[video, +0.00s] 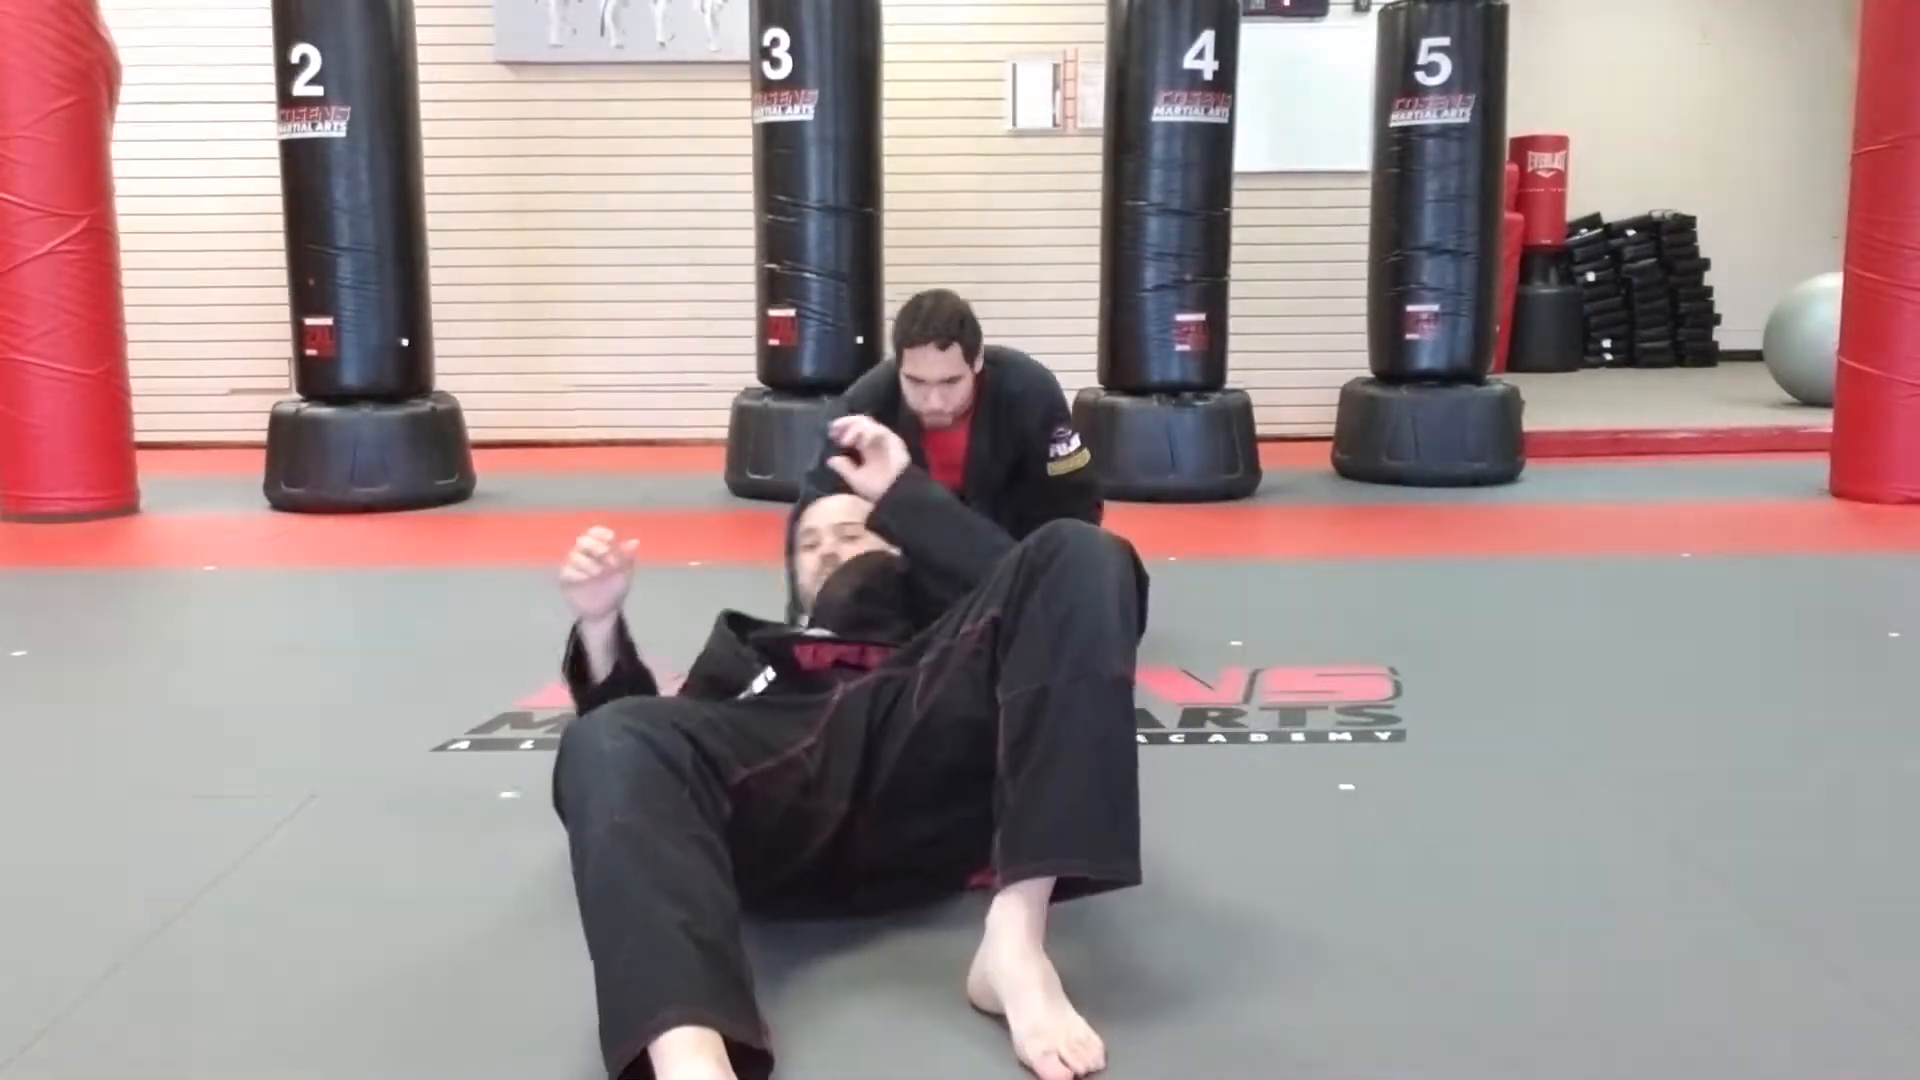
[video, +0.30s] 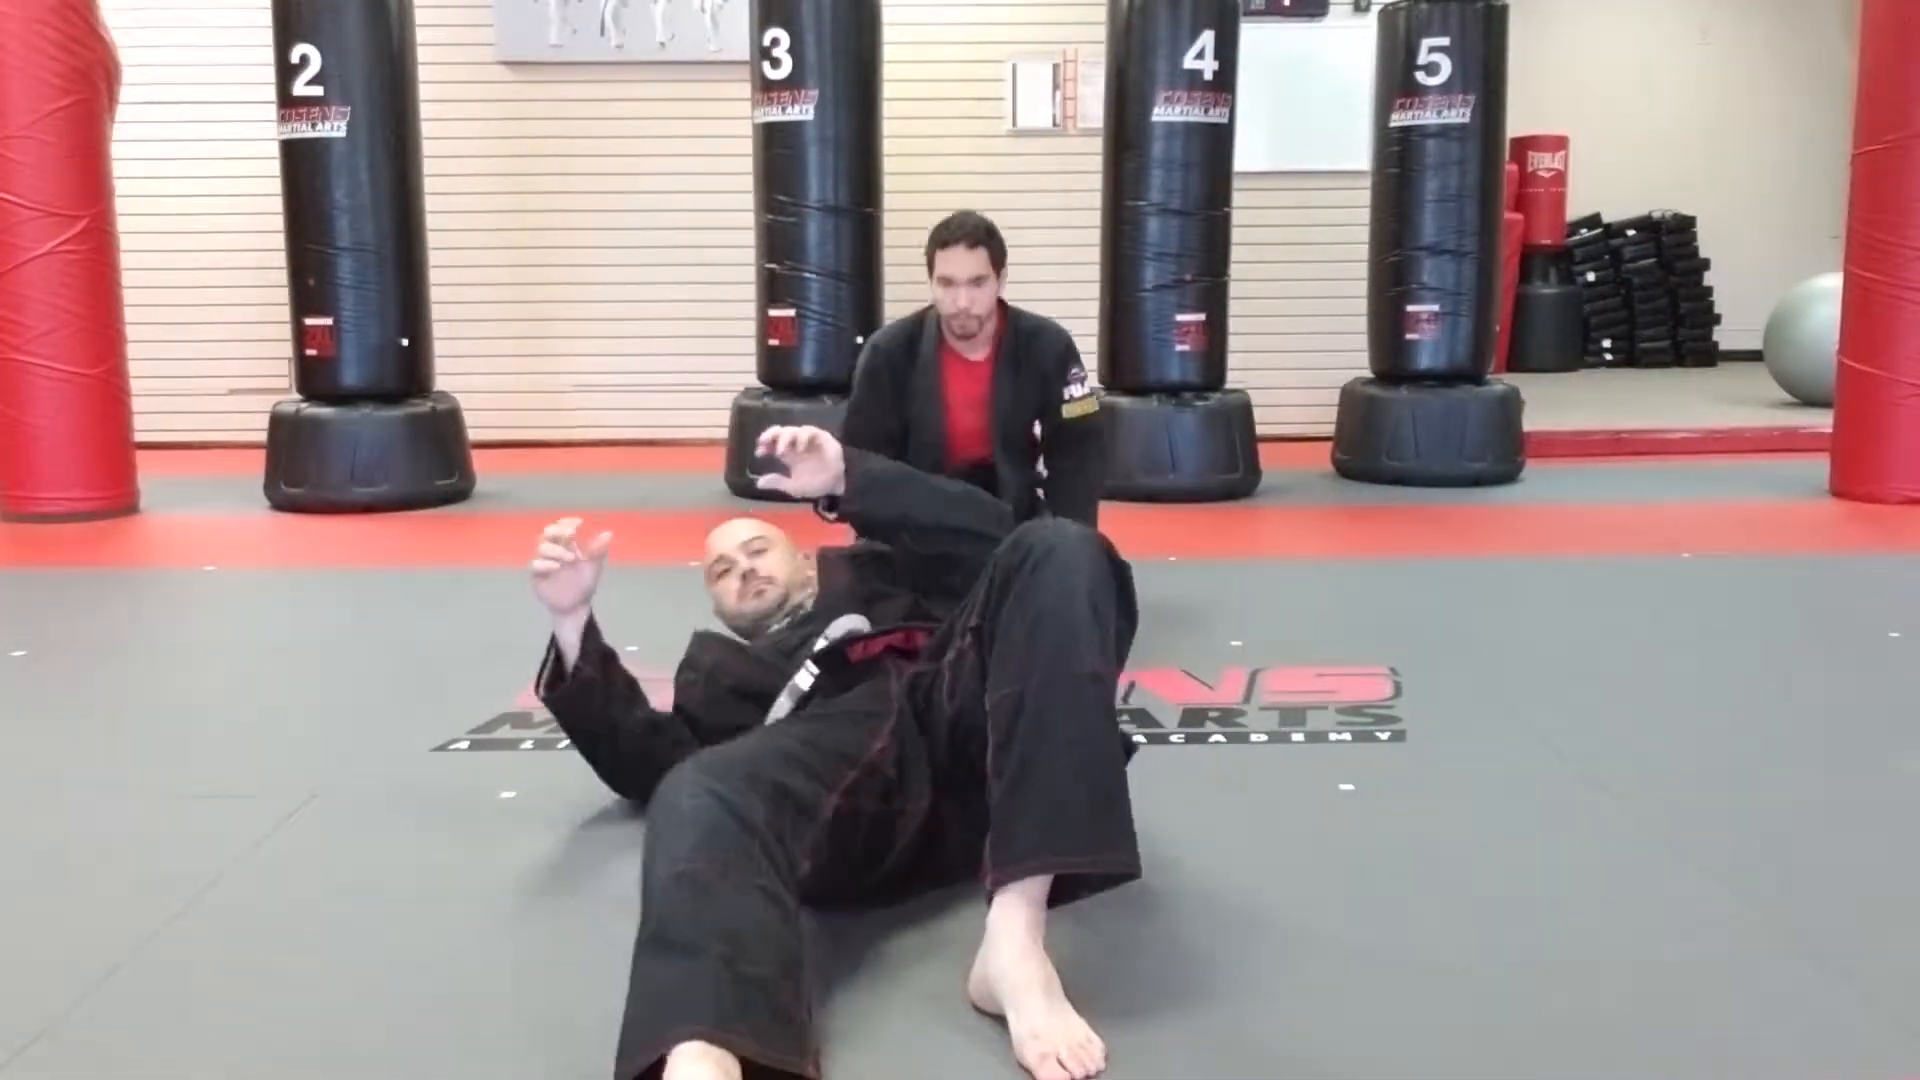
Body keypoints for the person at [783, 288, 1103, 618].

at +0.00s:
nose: (933, 402)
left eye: (950, 384)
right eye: (917, 383)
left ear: (977, 364)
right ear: (898, 366)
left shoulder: (1030, 394)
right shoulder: (864, 408)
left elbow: (1074, 509)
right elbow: (820, 516)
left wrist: (1042, 594)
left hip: (1002, 576)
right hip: (895, 579)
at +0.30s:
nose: (962, 302)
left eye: (978, 283)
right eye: (948, 284)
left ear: (1000, 281)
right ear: (931, 284)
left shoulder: (1046, 348)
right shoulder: (889, 352)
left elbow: (1078, 461)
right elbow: (862, 470)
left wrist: (1066, 553)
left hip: (1015, 539)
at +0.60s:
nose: (963, 301)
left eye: (979, 283)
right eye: (949, 283)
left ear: (1003, 281)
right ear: (933, 281)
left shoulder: (1049, 345)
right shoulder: (892, 346)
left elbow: (1079, 448)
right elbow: (848, 440)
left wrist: (1041, 532)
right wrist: (858, 492)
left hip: (1013, 506)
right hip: (915, 503)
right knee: (908, 583)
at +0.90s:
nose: (952, 377)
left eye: (968, 357)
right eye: (936, 356)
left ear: (993, 343)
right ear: (917, 340)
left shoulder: (1038, 382)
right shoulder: (879, 382)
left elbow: (1081, 498)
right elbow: (820, 484)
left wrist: (1042, 525)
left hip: (1008, 539)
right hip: (904, 534)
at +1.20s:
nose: (940, 388)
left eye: (956, 368)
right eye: (921, 367)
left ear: (980, 345)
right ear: (898, 347)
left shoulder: (1032, 364)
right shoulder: (865, 370)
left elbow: (1104, 474)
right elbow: (825, 497)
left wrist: (1059, 473)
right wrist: (874, 478)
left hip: (1011, 517)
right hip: (904, 513)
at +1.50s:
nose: (908, 365)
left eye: (924, 342)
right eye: (886, 345)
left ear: (952, 314)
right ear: (865, 323)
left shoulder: (1003, 321)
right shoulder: (838, 355)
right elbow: (808, 472)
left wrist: (999, 498)